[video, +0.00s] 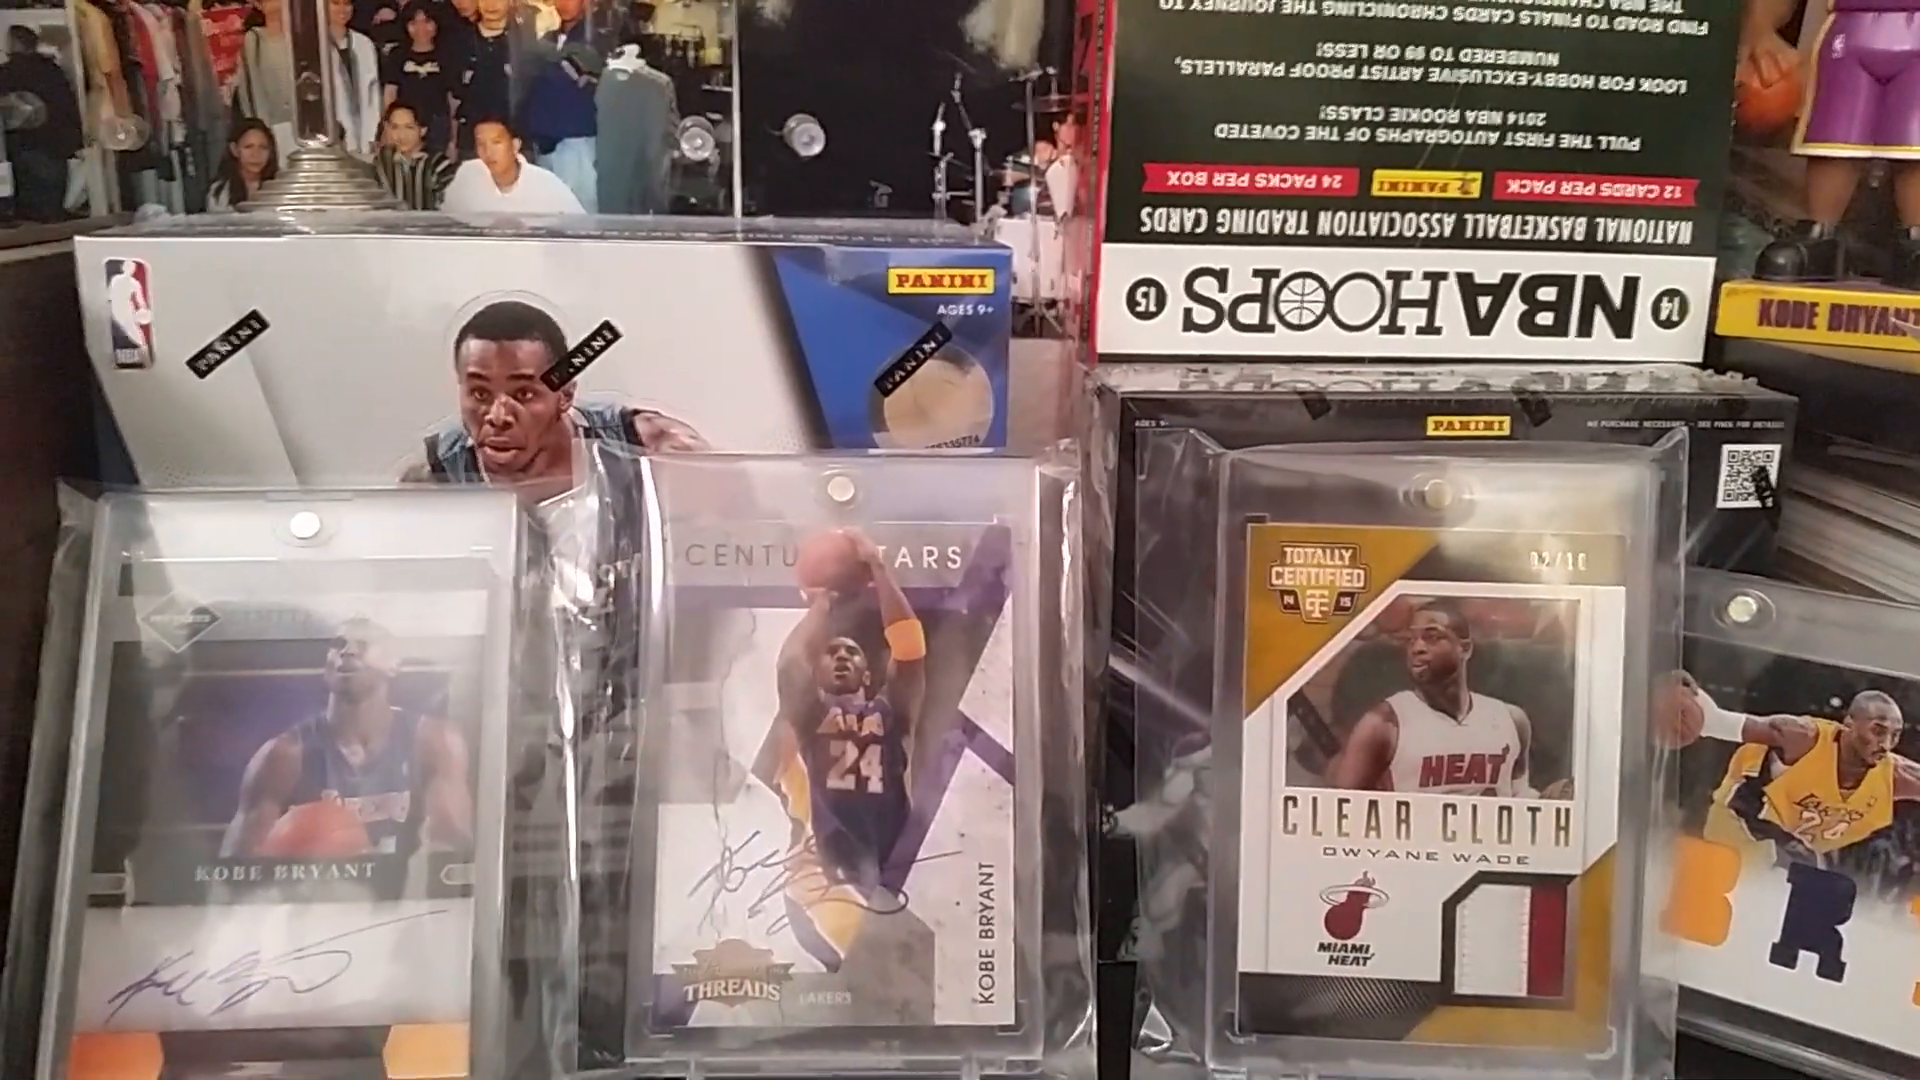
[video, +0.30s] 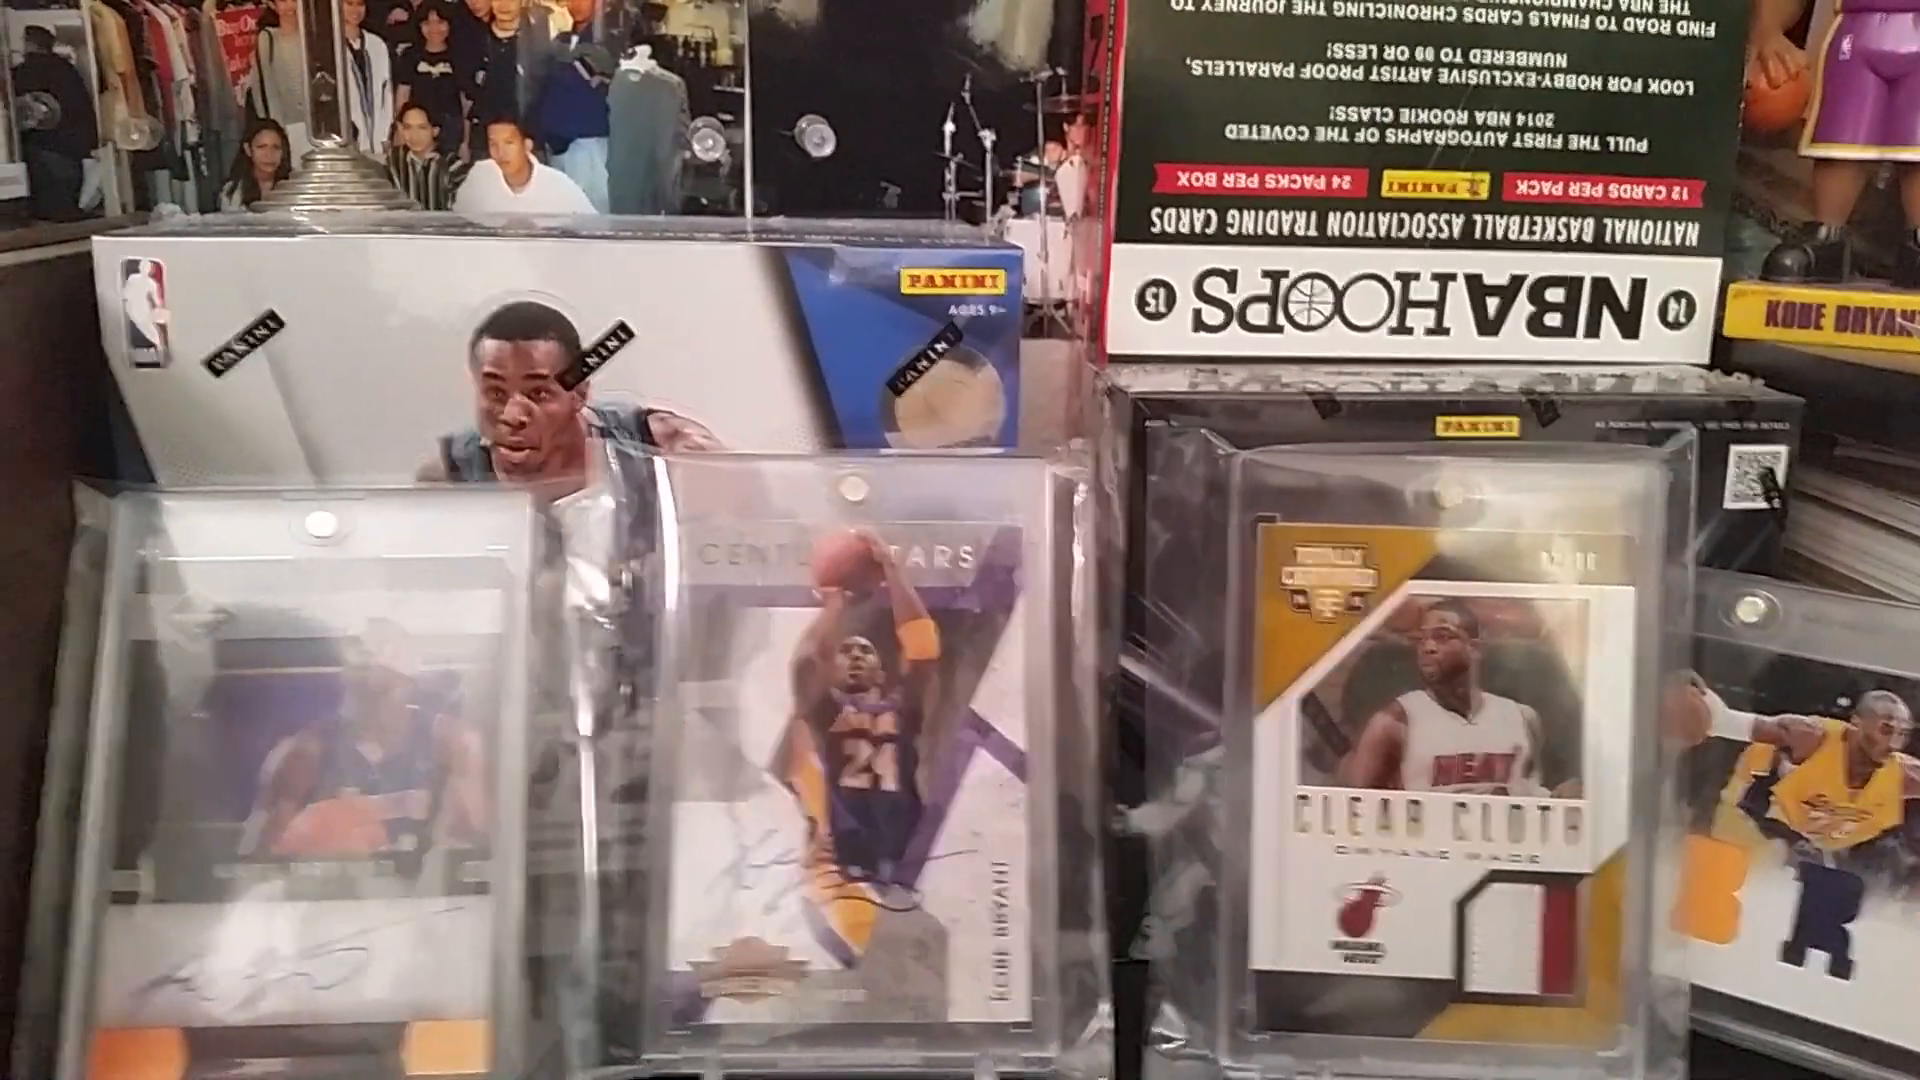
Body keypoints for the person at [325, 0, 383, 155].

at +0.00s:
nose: (344, 9)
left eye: (347, 4)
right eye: (336, 3)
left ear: (352, 8)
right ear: (324, 7)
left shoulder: (365, 44)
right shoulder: (316, 46)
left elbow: (374, 92)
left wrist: (371, 138)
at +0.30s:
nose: (356, 10)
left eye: (360, 4)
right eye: (350, 4)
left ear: (365, 8)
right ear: (339, 7)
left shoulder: (378, 44)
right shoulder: (331, 46)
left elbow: (387, 90)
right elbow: (331, 94)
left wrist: (385, 135)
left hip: (378, 139)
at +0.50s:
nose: (405, 10)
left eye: (407, 4)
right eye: (398, 4)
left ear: (410, 9)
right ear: (386, 10)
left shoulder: (425, 45)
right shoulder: (379, 49)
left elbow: (434, 91)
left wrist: (431, 133)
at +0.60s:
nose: (422, 12)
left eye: (425, 7)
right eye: (414, 6)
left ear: (429, 11)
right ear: (403, 10)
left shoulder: (442, 48)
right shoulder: (397, 51)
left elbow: (451, 92)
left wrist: (450, 133)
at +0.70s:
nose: (429, 14)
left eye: (433, 8)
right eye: (423, 8)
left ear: (438, 13)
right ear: (412, 11)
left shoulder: (450, 48)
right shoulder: (404, 50)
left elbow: (459, 94)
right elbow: (405, 100)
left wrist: (455, 140)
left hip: (452, 145)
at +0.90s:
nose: (418, 14)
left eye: (422, 8)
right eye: (411, 8)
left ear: (427, 12)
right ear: (400, 12)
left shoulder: (439, 49)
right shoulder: (393, 51)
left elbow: (448, 94)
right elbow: (396, 100)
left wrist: (443, 141)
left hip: (440, 144)